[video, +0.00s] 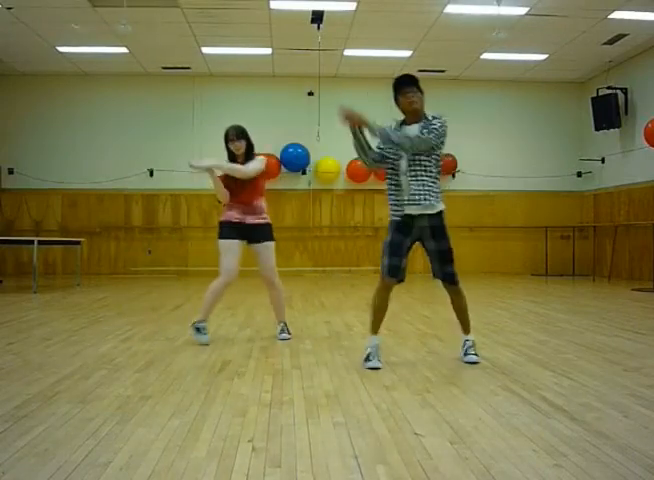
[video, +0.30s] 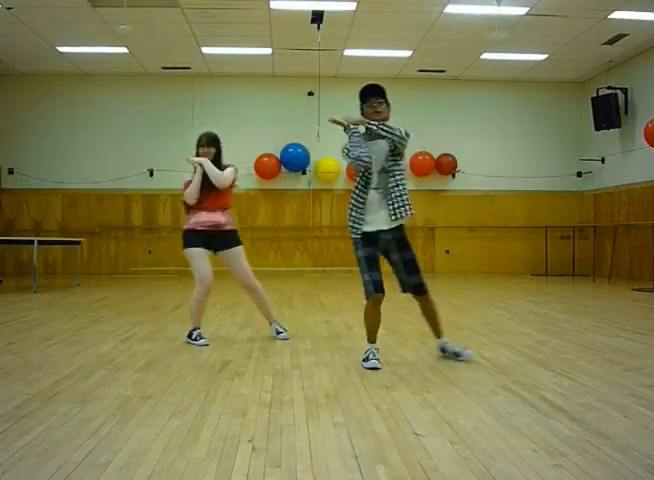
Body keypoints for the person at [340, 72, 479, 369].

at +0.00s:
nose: (412, 98)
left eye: (416, 93)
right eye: (406, 95)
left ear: (423, 97)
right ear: (398, 102)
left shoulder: (437, 124)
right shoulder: (392, 135)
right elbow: (372, 160)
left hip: (432, 215)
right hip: (401, 216)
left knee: (451, 282)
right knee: (386, 281)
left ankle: (468, 340)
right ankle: (372, 344)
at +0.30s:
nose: (377, 110)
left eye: (381, 105)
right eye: (371, 106)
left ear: (389, 108)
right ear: (363, 112)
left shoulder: (398, 136)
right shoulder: (355, 142)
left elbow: (385, 136)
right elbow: (362, 162)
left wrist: (359, 123)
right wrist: (353, 129)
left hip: (392, 226)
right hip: (363, 229)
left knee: (419, 288)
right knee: (375, 294)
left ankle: (442, 343)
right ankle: (370, 348)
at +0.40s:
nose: (369, 109)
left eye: (373, 104)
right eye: (364, 104)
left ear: (378, 107)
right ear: (353, 108)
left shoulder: (384, 135)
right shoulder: (344, 143)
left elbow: (396, 143)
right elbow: (367, 162)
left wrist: (370, 118)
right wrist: (368, 128)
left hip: (383, 223)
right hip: (356, 226)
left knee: (405, 286)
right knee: (370, 291)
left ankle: (402, 332)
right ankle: (371, 347)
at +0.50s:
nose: (359, 108)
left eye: (364, 104)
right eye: (354, 102)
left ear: (367, 109)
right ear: (343, 104)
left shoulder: (366, 136)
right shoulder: (333, 138)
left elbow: (388, 143)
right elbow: (361, 148)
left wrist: (385, 111)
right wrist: (374, 123)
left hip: (373, 219)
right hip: (348, 220)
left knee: (386, 287)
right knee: (368, 286)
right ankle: (369, 346)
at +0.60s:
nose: (351, 109)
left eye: (356, 105)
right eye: (347, 103)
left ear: (358, 108)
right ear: (333, 102)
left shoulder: (354, 138)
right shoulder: (320, 134)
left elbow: (380, 148)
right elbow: (358, 137)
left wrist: (394, 113)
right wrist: (394, 104)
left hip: (359, 219)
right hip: (335, 220)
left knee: (364, 285)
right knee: (356, 287)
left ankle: (318, 322)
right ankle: (368, 347)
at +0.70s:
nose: (341, 110)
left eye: (346, 107)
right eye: (337, 104)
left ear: (349, 109)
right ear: (324, 102)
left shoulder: (344, 138)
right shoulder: (306, 129)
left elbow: (362, 162)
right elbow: (342, 135)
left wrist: (376, 136)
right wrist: (382, 118)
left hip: (343, 217)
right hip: (318, 217)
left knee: (335, 286)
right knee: (341, 284)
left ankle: (293, 332)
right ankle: (364, 344)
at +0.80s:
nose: (334, 110)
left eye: (338, 105)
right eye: (329, 104)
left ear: (340, 108)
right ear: (316, 105)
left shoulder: (338, 138)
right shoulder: (295, 128)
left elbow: (338, 173)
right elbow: (318, 134)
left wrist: (351, 145)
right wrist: (353, 130)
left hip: (327, 217)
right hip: (301, 214)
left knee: (316, 284)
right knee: (315, 280)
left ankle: (283, 336)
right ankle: (340, 338)